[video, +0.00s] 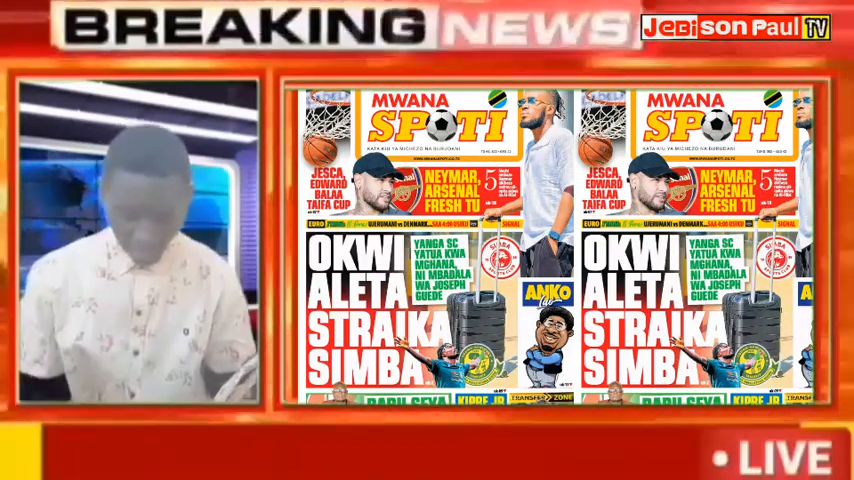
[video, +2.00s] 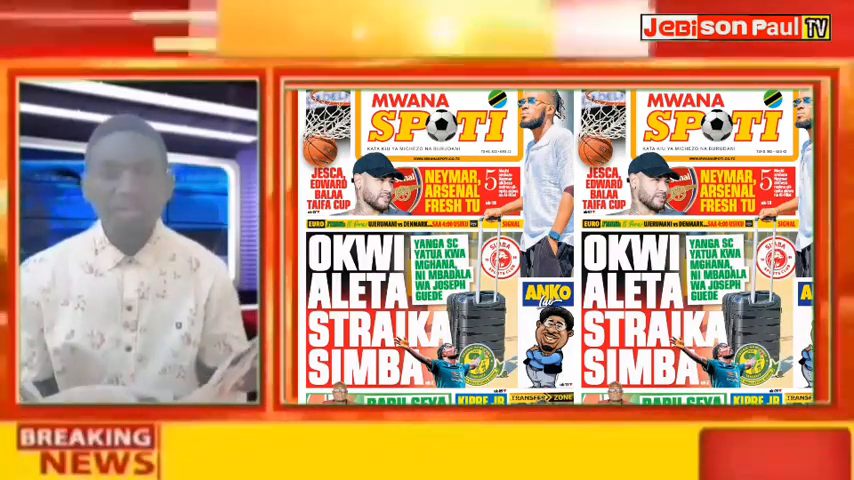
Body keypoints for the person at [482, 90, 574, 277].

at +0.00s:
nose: (523, 107)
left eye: (531, 101)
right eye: (522, 103)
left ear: (549, 110)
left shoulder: (563, 138)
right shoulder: (531, 147)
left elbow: (571, 192)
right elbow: (532, 196)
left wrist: (553, 238)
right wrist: (502, 211)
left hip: (552, 242)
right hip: (530, 243)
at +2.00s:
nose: (523, 107)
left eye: (531, 101)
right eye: (522, 103)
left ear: (549, 110)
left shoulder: (563, 138)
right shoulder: (531, 147)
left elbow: (571, 192)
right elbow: (532, 196)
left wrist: (553, 238)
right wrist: (502, 211)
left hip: (552, 242)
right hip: (530, 243)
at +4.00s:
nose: (523, 107)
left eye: (531, 101)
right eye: (522, 103)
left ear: (549, 110)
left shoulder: (563, 139)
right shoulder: (531, 147)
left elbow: (571, 192)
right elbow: (532, 196)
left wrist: (554, 238)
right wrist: (502, 211)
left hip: (551, 241)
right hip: (530, 242)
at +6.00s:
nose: (523, 107)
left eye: (531, 101)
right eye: (522, 103)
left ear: (550, 110)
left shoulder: (563, 139)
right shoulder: (531, 146)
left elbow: (571, 192)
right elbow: (532, 196)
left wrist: (554, 238)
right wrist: (502, 211)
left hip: (551, 241)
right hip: (530, 242)